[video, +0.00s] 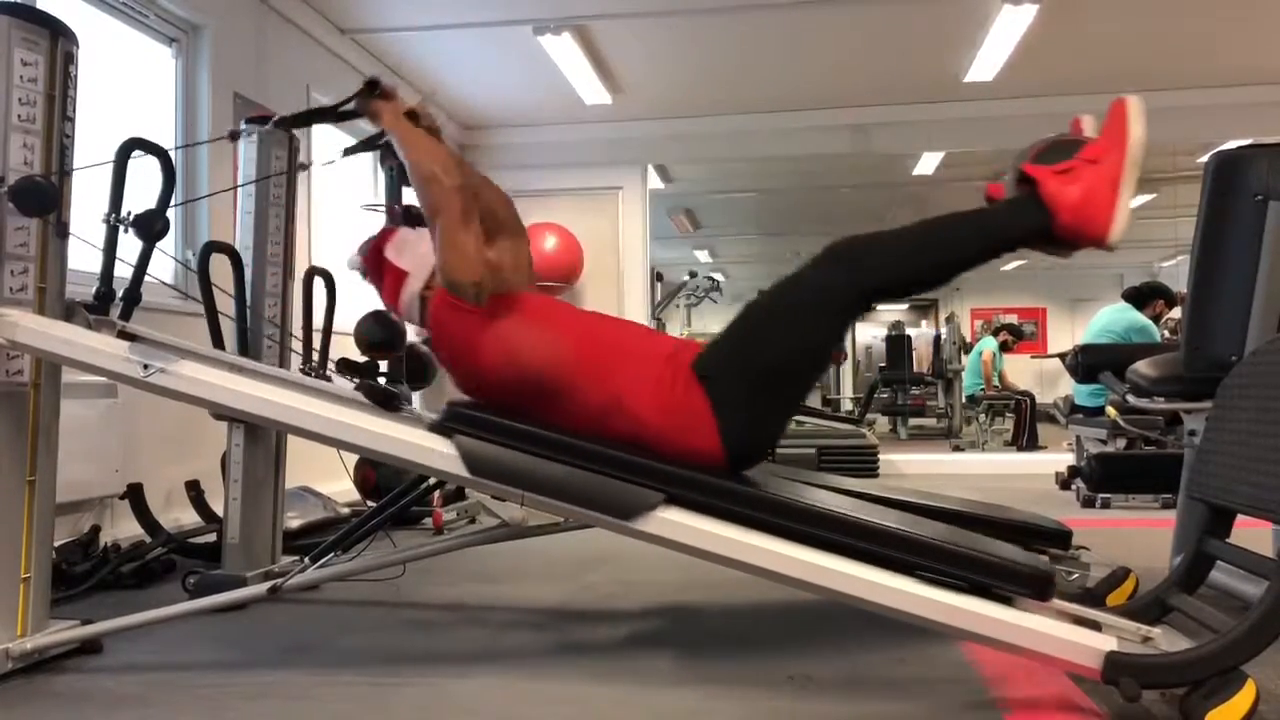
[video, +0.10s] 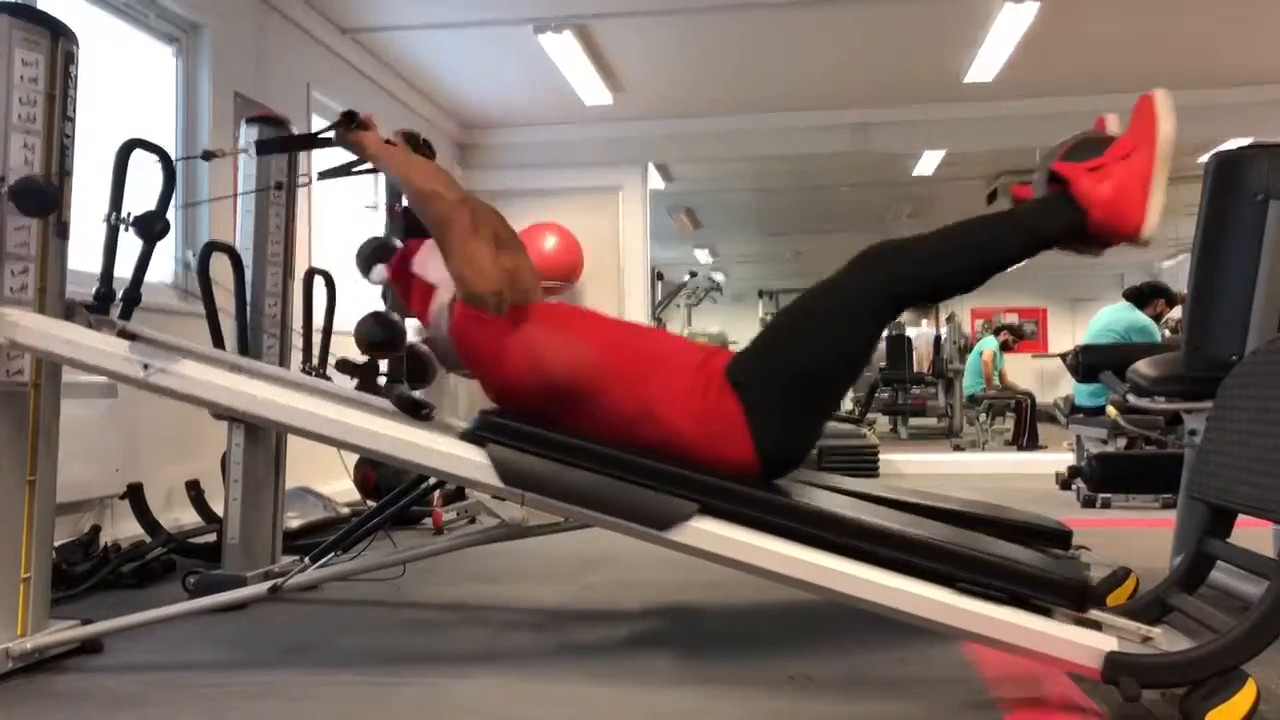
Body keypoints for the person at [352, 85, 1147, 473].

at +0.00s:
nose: (429, 239)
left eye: (421, 235)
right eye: (417, 238)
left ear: (419, 277)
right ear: (413, 270)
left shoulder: (483, 319)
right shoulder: (465, 314)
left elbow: (545, 249)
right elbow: (470, 218)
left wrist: (443, 153)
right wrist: (400, 131)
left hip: (706, 400)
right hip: (711, 415)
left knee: (844, 265)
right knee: (844, 269)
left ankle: (1033, 203)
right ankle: (1051, 208)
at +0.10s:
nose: (486, 244)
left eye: (454, 233)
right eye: (452, 241)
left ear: (430, 280)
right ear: (438, 272)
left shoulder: (500, 322)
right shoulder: (487, 329)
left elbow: (524, 244)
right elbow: (472, 222)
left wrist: (424, 179)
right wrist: (399, 159)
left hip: (739, 404)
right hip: (742, 424)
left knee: (878, 269)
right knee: (880, 274)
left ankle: (1068, 200)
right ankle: (1086, 207)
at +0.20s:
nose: (518, 264)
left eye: (504, 259)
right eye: (501, 265)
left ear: (471, 310)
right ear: (482, 303)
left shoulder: (533, 344)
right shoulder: (518, 347)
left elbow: (463, 238)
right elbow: (454, 229)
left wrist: (401, 193)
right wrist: (373, 182)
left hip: (763, 415)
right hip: (770, 434)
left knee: (894, 275)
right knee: (896, 281)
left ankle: (1087, 201)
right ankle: (1109, 206)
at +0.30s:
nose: (512, 267)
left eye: (495, 267)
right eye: (494, 269)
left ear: (472, 325)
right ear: (483, 309)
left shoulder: (536, 350)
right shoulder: (524, 340)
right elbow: (446, 234)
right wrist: (357, 206)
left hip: (774, 422)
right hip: (790, 437)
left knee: (910, 277)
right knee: (915, 283)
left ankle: (1106, 203)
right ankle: (1122, 208)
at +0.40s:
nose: (517, 271)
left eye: (498, 269)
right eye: (497, 272)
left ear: (476, 324)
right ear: (485, 312)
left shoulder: (541, 351)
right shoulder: (529, 347)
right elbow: (451, 235)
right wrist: (357, 208)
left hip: (774, 418)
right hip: (789, 437)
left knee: (911, 276)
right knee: (917, 281)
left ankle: (1109, 206)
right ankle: (1122, 212)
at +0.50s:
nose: (517, 255)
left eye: (497, 254)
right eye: (497, 258)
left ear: (456, 317)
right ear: (476, 302)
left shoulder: (522, 345)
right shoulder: (513, 342)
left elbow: (551, 247)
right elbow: (457, 218)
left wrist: (431, 241)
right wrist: (366, 191)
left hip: (757, 411)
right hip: (766, 434)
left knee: (891, 272)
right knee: (893, 279)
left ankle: (1090, 208)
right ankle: (1107, 214)